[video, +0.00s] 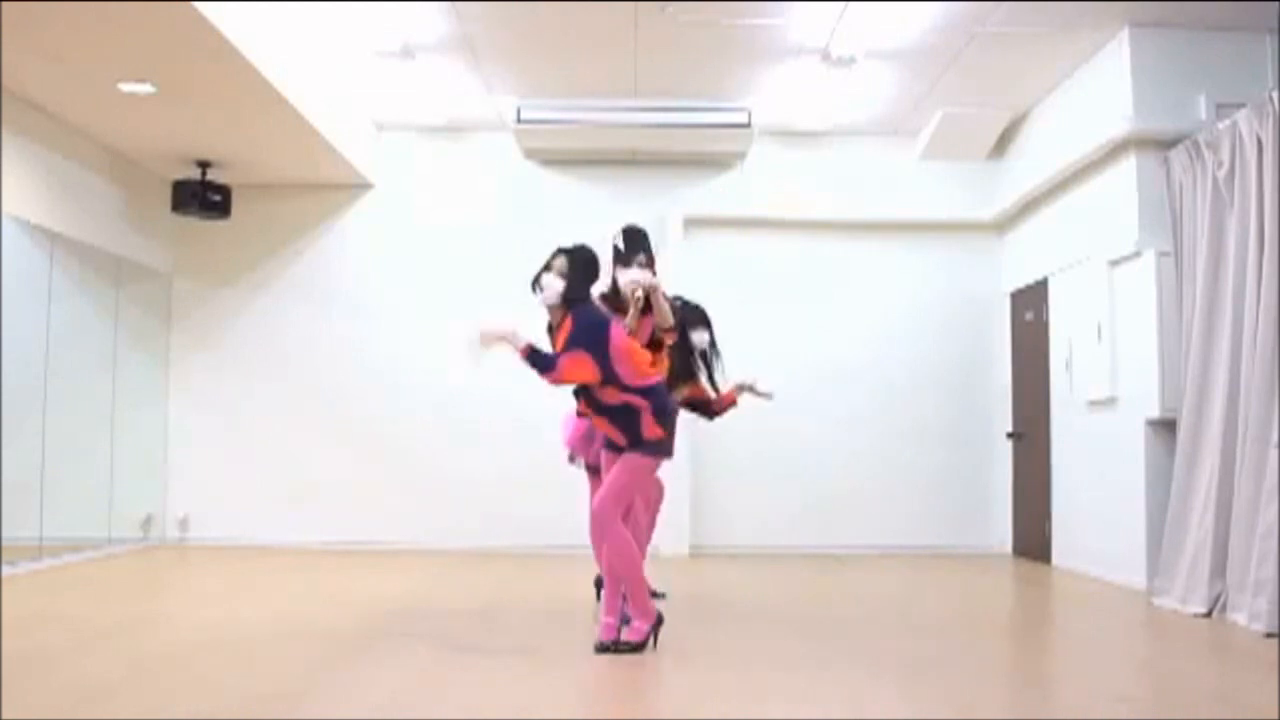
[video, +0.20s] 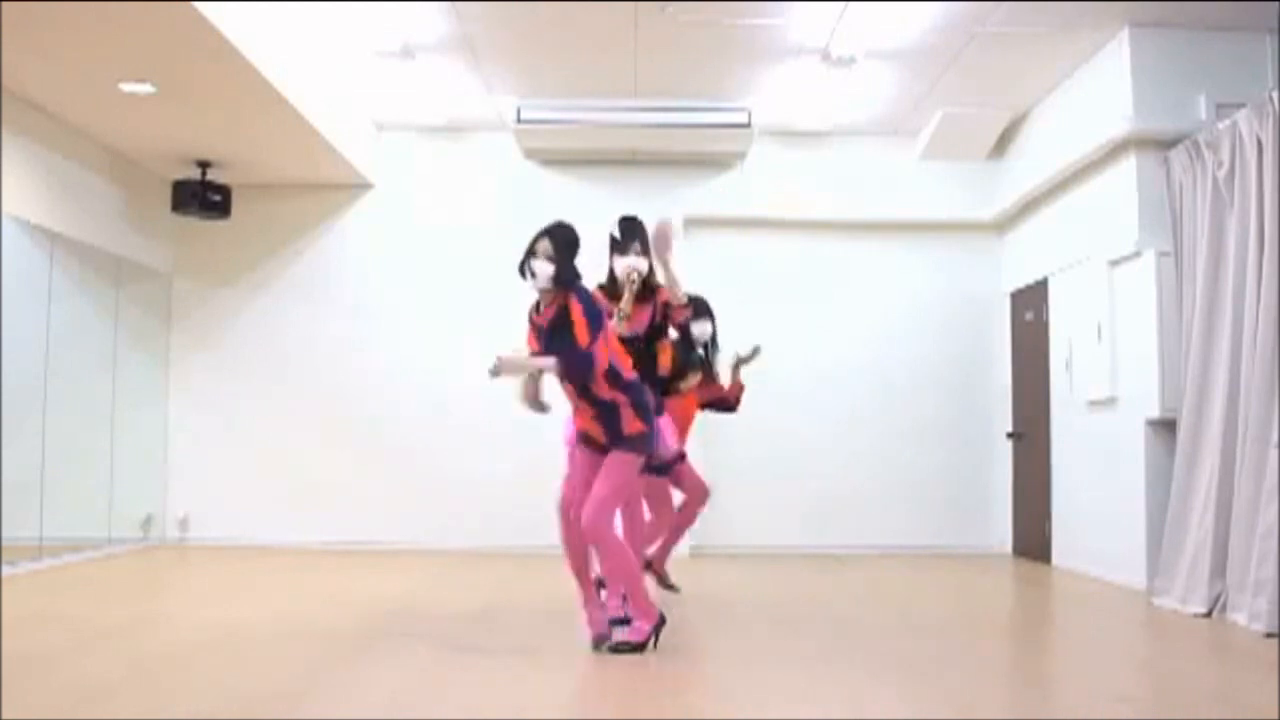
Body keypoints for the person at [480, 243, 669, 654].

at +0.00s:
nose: (545, 280)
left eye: (557, 275)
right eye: (547, 271)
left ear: (576, 284)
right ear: (546, 276)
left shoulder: (590, 323)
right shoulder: (564, 323)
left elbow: (562, 373)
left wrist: (518, 344)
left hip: (647, 431)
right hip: (614, 430)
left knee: (605, 514)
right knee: (606, 519)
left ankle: (643, 613)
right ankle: (614, 614)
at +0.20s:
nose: (537, 265)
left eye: (548, 258)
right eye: (534, 256)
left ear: (565, 264)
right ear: (528, 260)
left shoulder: (583, 305)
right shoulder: (539, 314)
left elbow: (584, 360)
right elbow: (545, 359)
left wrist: (528, 363)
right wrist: (532, 379)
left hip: (632, 424)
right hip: (591, 424)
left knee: (595, 518)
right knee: (570, 512)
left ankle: (646, 614)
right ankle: (598, 614)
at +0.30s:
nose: (534, 263)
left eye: (543, 254)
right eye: (528, 254)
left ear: (559, 256)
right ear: (520, 256)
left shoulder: (579, 296)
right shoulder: (531, 308)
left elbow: (603, 357)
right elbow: (532, 368)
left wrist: (568, 386)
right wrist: (508, 365)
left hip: (608, 430)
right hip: (567, 430)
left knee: (585, 530)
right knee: (520, 503)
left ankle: (647, 615)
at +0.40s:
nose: (521, 258)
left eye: (528, 248)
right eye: (514, 248)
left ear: (545, 251)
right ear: (506, 254)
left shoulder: (568, 288)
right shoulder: (507, 307)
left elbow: (600, 345)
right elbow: (501, 371)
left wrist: (599, 402)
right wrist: (489, 333)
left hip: (577, 430)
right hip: (530, 431)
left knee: (574, 535)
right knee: (475, 512)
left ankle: (645, 613)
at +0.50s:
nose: (502, 249)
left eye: (511, 240)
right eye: (496, 240)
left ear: (526, 243)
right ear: (489, 245)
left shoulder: (549, 288)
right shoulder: (485, 294)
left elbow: (576, 346)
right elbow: (468, 349)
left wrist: (553, 376)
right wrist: (475, 300)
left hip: (535, 426)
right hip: (484, 424)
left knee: (537, 529)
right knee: (442, 518)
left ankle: (610, 604)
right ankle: (413, 607)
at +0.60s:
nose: (480, 241)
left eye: (489, 233)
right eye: (475, 231)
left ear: (505, 240)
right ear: (466, 236)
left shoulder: (526, 291)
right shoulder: (455, 288)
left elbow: (539, 351)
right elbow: (447, 336)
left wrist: (535, 402)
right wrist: (460, 287)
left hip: (510, 415)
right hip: (458, 411)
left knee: (495, 520)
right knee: (429, 514)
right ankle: (410, 606)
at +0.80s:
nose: (455, 228)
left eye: (463, 221)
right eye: (449, 219)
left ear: (478, 227)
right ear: (439, 224)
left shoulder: (497, 280)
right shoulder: (425, 274)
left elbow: (529, 338)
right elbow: (425, 319)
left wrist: (534, 360)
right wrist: (446, 271)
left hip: (469, 400)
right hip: (421, 396)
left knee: (444, 503)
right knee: (417, 504)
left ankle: (473, 599)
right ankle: (426, 602)